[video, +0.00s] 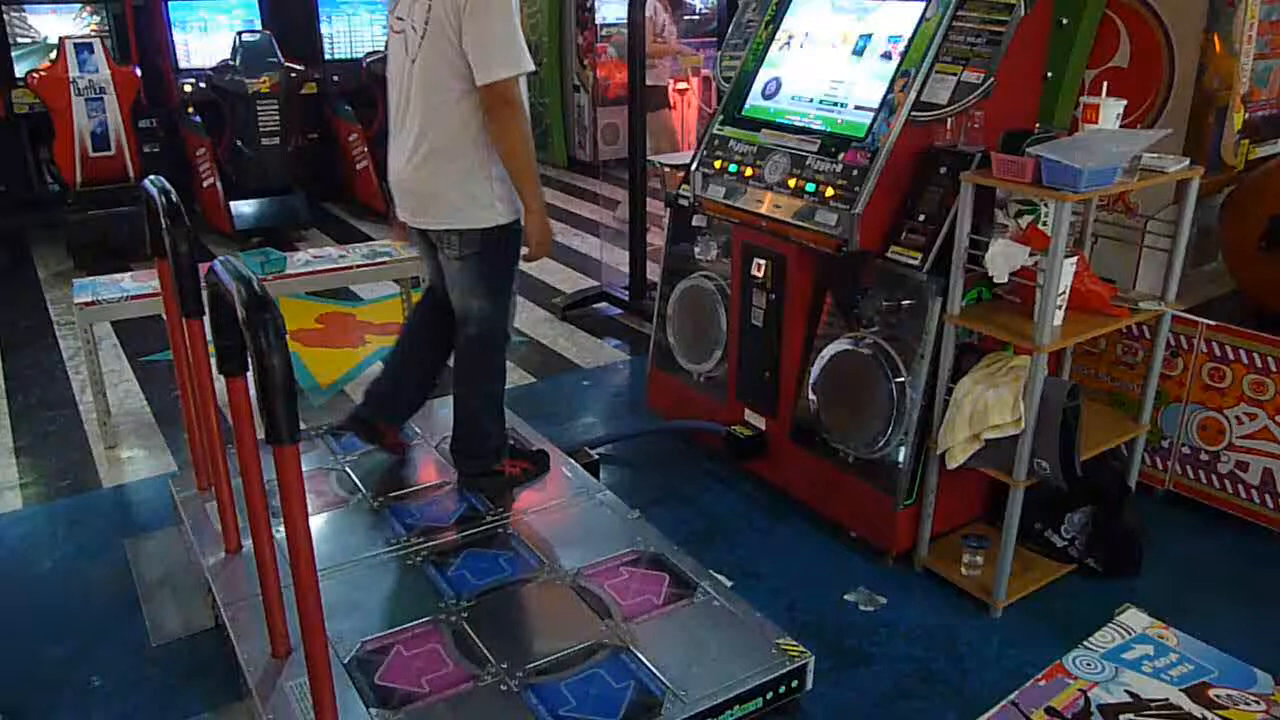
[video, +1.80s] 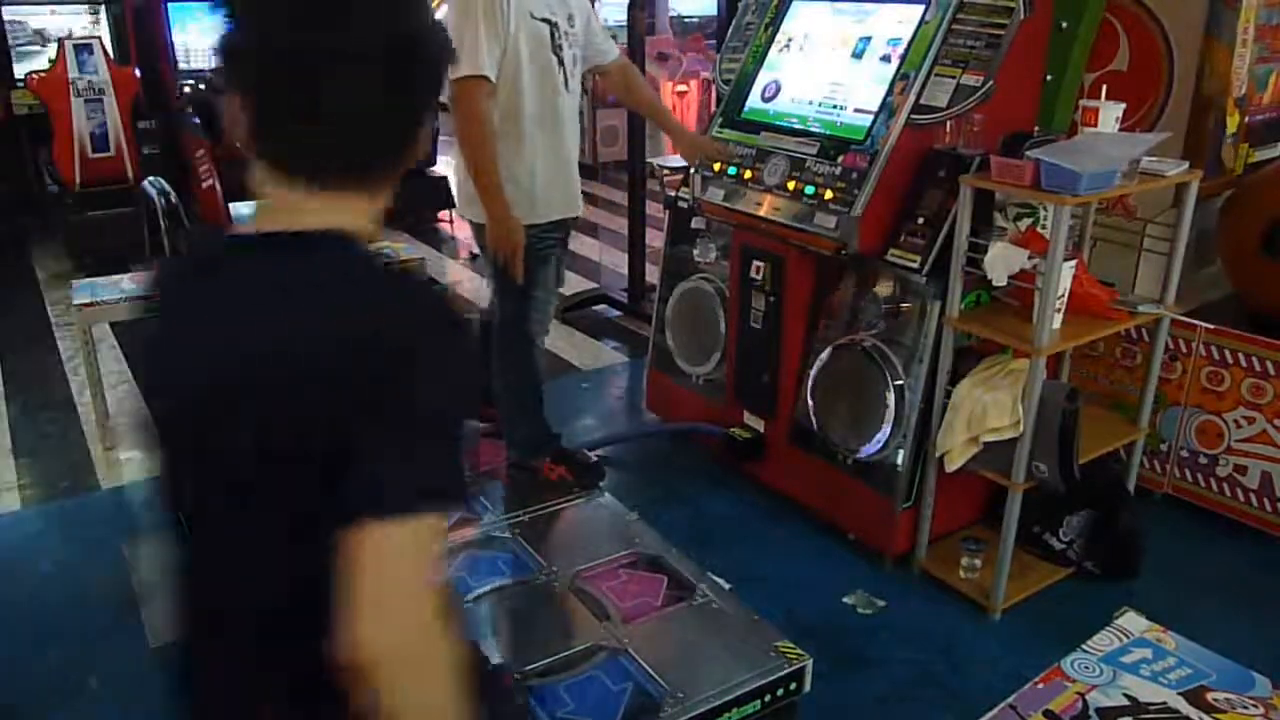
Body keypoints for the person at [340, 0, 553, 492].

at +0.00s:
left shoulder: (410, 5)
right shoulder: (484, 4)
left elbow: (407, 96)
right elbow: (500, 102)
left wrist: (404, 193)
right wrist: (535, 206)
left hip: (421, 187)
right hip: (473, 195)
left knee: (445, 303)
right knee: (483, 337)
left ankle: (380, 414)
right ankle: (482, 463)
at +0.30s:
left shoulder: (427, 5)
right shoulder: (487, 4)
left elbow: (434, 92)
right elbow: (503, 106)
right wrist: (535, 215)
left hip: (440, 191)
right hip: (485, 197)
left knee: (472, 310)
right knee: (489, 337)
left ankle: (433, 417)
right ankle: (478, 459)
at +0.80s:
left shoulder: (507, 7)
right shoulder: (452, 4)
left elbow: (496, 99)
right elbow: (441, 97)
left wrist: (514, 200)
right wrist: (452, 213)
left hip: (504, 199)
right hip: (477, 205)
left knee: (497, 329)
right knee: (481, 338)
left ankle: (488, 415)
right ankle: (475, 464)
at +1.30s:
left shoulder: (534, 8)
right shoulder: (465, 4)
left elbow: (547, 92)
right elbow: (449, 93)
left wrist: (581, 163)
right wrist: (463, 197)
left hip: (501, 185)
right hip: (474, 191)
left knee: (468, 314)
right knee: (501, 324)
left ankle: (468, 425)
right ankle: (519, 456)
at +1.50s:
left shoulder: (550, 8)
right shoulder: (473, 5)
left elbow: (590, 82)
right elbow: (461, 98)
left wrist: (648, 137)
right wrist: (481, 203)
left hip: (524, 190)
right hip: (489, 195)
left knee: (485, 310)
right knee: (512, 327)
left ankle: (470, 412)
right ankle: (531, 452)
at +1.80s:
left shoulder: (574, 5)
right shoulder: (482, 4)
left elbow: (616, 68)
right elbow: (469, 98)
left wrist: (681, 134)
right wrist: (497, 212)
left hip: (553, 195)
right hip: (507, 202)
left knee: (523, 325)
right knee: (521, 333)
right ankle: (531, 454)